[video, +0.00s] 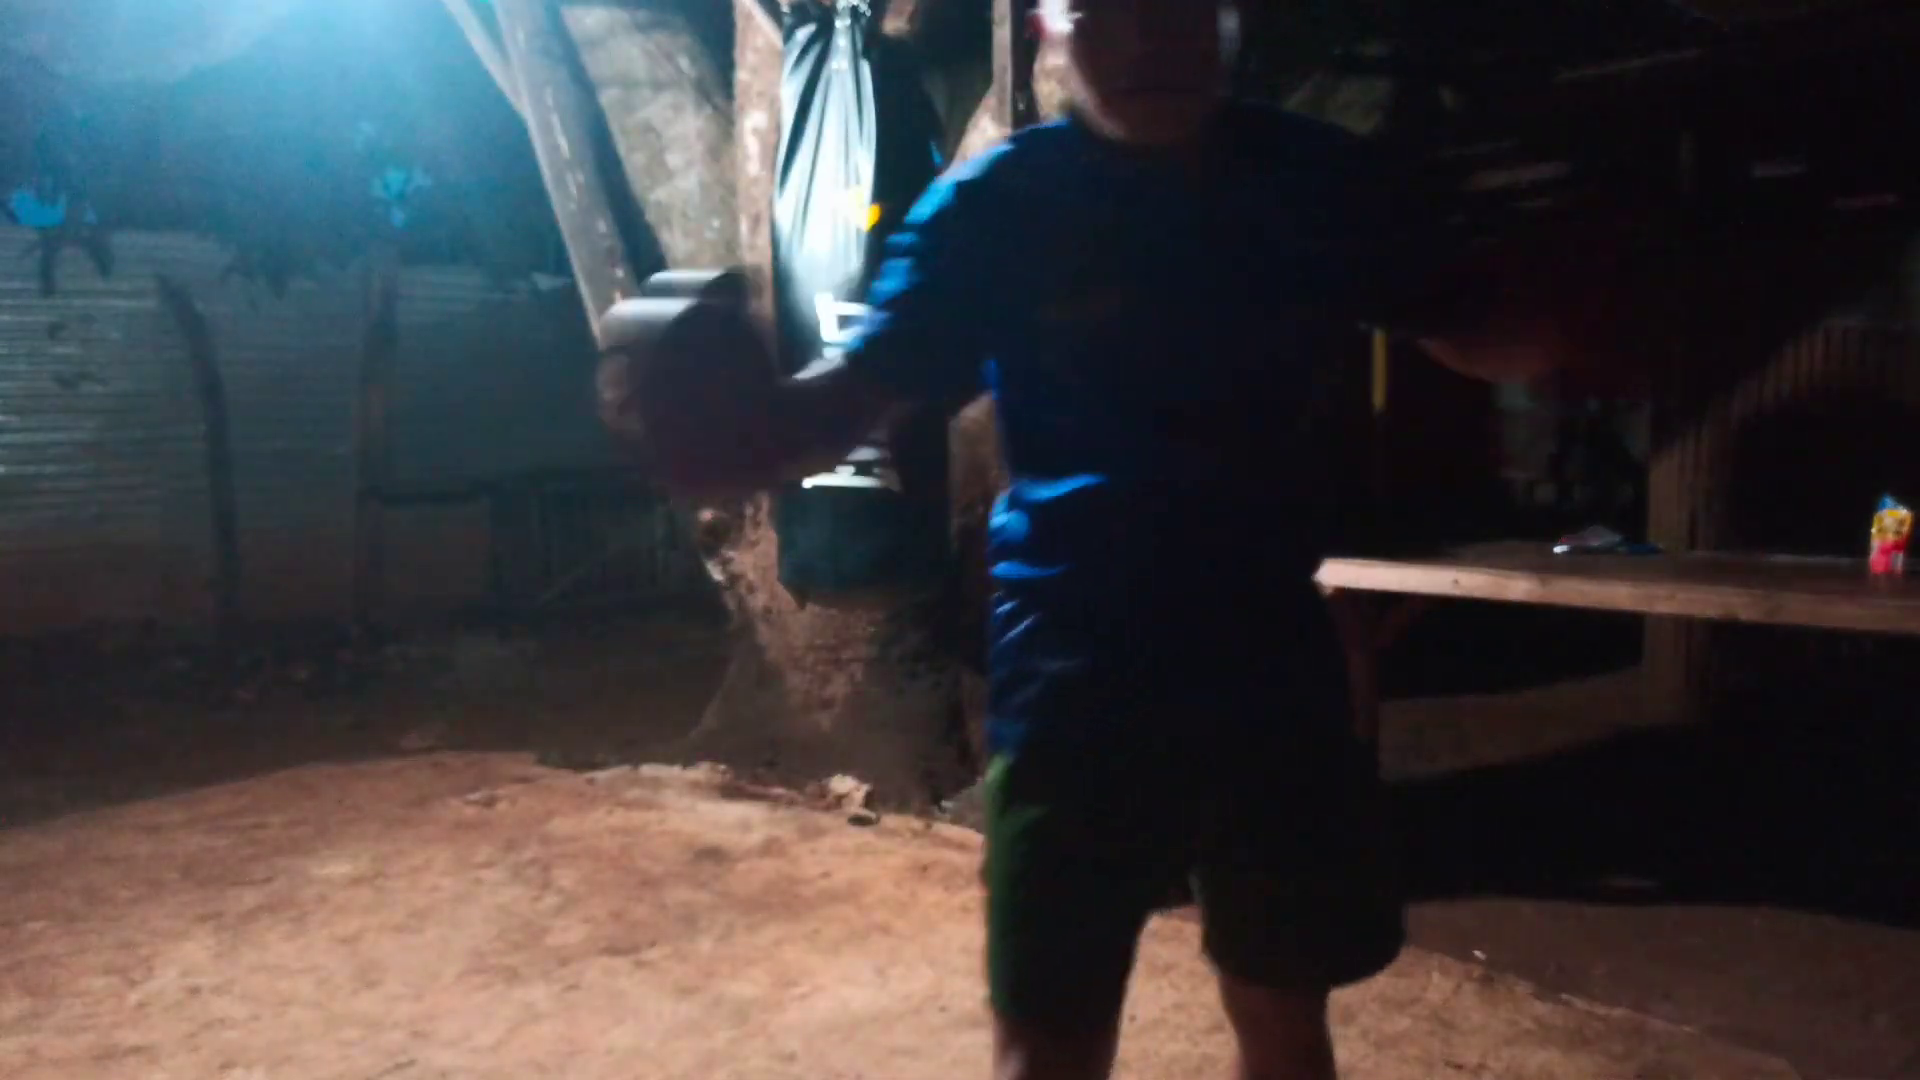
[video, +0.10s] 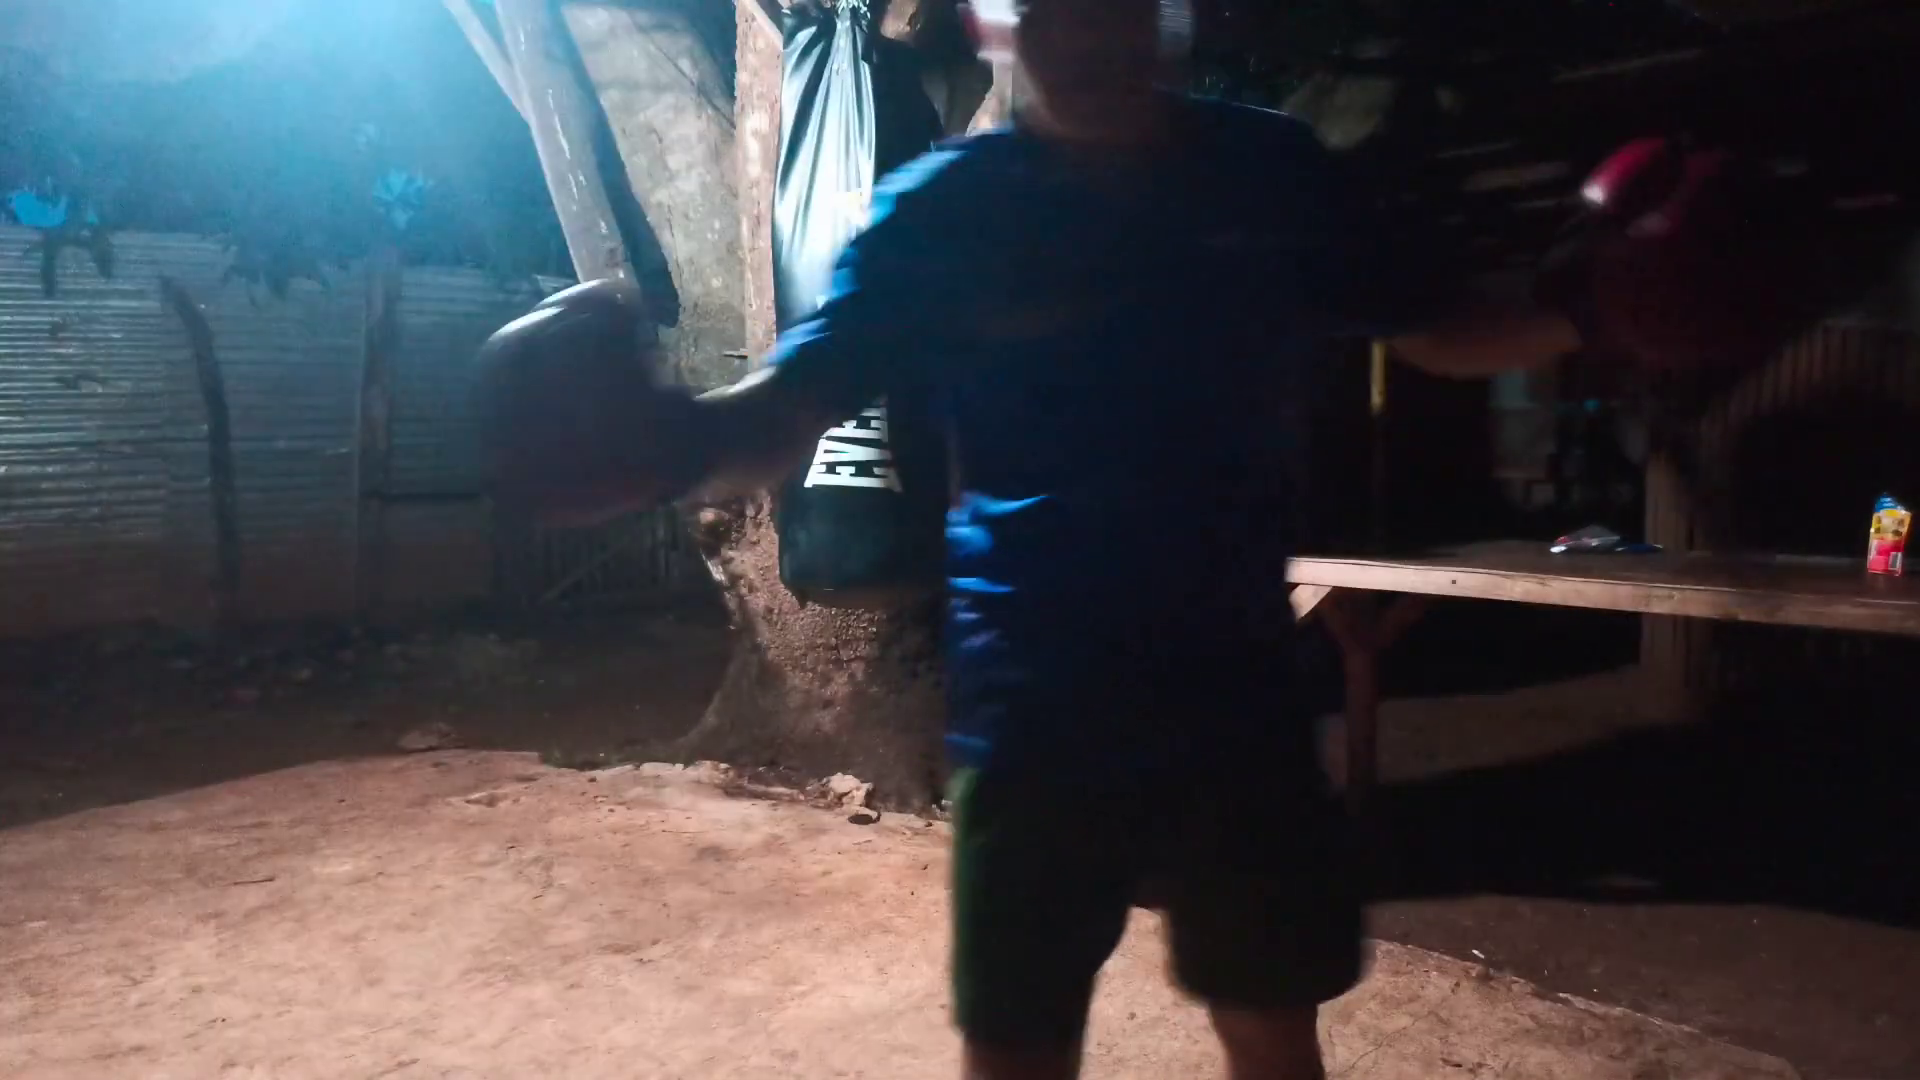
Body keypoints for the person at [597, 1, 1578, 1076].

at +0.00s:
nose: (1144, 44)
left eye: (1174, 14)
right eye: (1108, 16)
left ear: (1223, 25)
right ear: (1053, 38)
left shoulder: (1308, 175)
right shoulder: (1006, 197)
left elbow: (1470, 332)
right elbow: (871, 384)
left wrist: (1572, 321)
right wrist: (744, 434)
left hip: (1267, 643)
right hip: (1073, 653)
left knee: (1283, 1011)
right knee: (1050, 1042)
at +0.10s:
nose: (1090, 48)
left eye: (1119, 20)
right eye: (1052, 26)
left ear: (1166, 25)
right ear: (992, 34)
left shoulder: (1267, 172)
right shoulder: (936, 215)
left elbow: (1436, 329)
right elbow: (781, 416)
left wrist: (1588, 305)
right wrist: (648, 439)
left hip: (1234, 681)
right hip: (1033, 698)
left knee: (1275, 1027)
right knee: (1011, 1047)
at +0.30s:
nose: (978, 32)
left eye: (1006, 6)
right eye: (934, 12)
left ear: (1061, 11)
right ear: (874, 30)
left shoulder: (1182, 140)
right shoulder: (834, 189)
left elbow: (1309, 381)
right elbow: (785, 437)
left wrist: (1200, 468)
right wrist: (835, 507)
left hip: (1169, 681)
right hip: (955, 704)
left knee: (1264, 1026)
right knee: (964, 1056)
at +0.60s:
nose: (876, 62)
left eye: (912, 30)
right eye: (832, 34)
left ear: (978, 14)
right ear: (776, 33)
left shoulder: (1127, 127)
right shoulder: (738, 195)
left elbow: (1322, 350)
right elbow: (660, 449)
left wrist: (1189, 458)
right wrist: (726, 495)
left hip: (1132, 704)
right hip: (912, 731)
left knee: (1177, 1044)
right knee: (942, 1056)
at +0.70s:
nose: (854, 56)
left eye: (889, 27)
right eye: (811, 32)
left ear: (961, 11)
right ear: (768, 32)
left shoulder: (1121, 121)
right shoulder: (731, 187)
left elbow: (1319, 343)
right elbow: (667, 447)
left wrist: (1177, 461)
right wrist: (729, 507)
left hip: (1122, 710)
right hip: (899, 730)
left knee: (1165, 1047)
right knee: (935, 1057)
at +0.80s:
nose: (831, 92)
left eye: (861, 56)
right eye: (799, 52)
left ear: (941, 13)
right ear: (767, 28)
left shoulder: (1122, 114)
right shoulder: (730, 176)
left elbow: (1324, 348)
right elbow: (661, 439)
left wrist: (1180, 460)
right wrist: (733, 498)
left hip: (1119, 744)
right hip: (889, 759)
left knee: (1161, 1056)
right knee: (915, 1060)